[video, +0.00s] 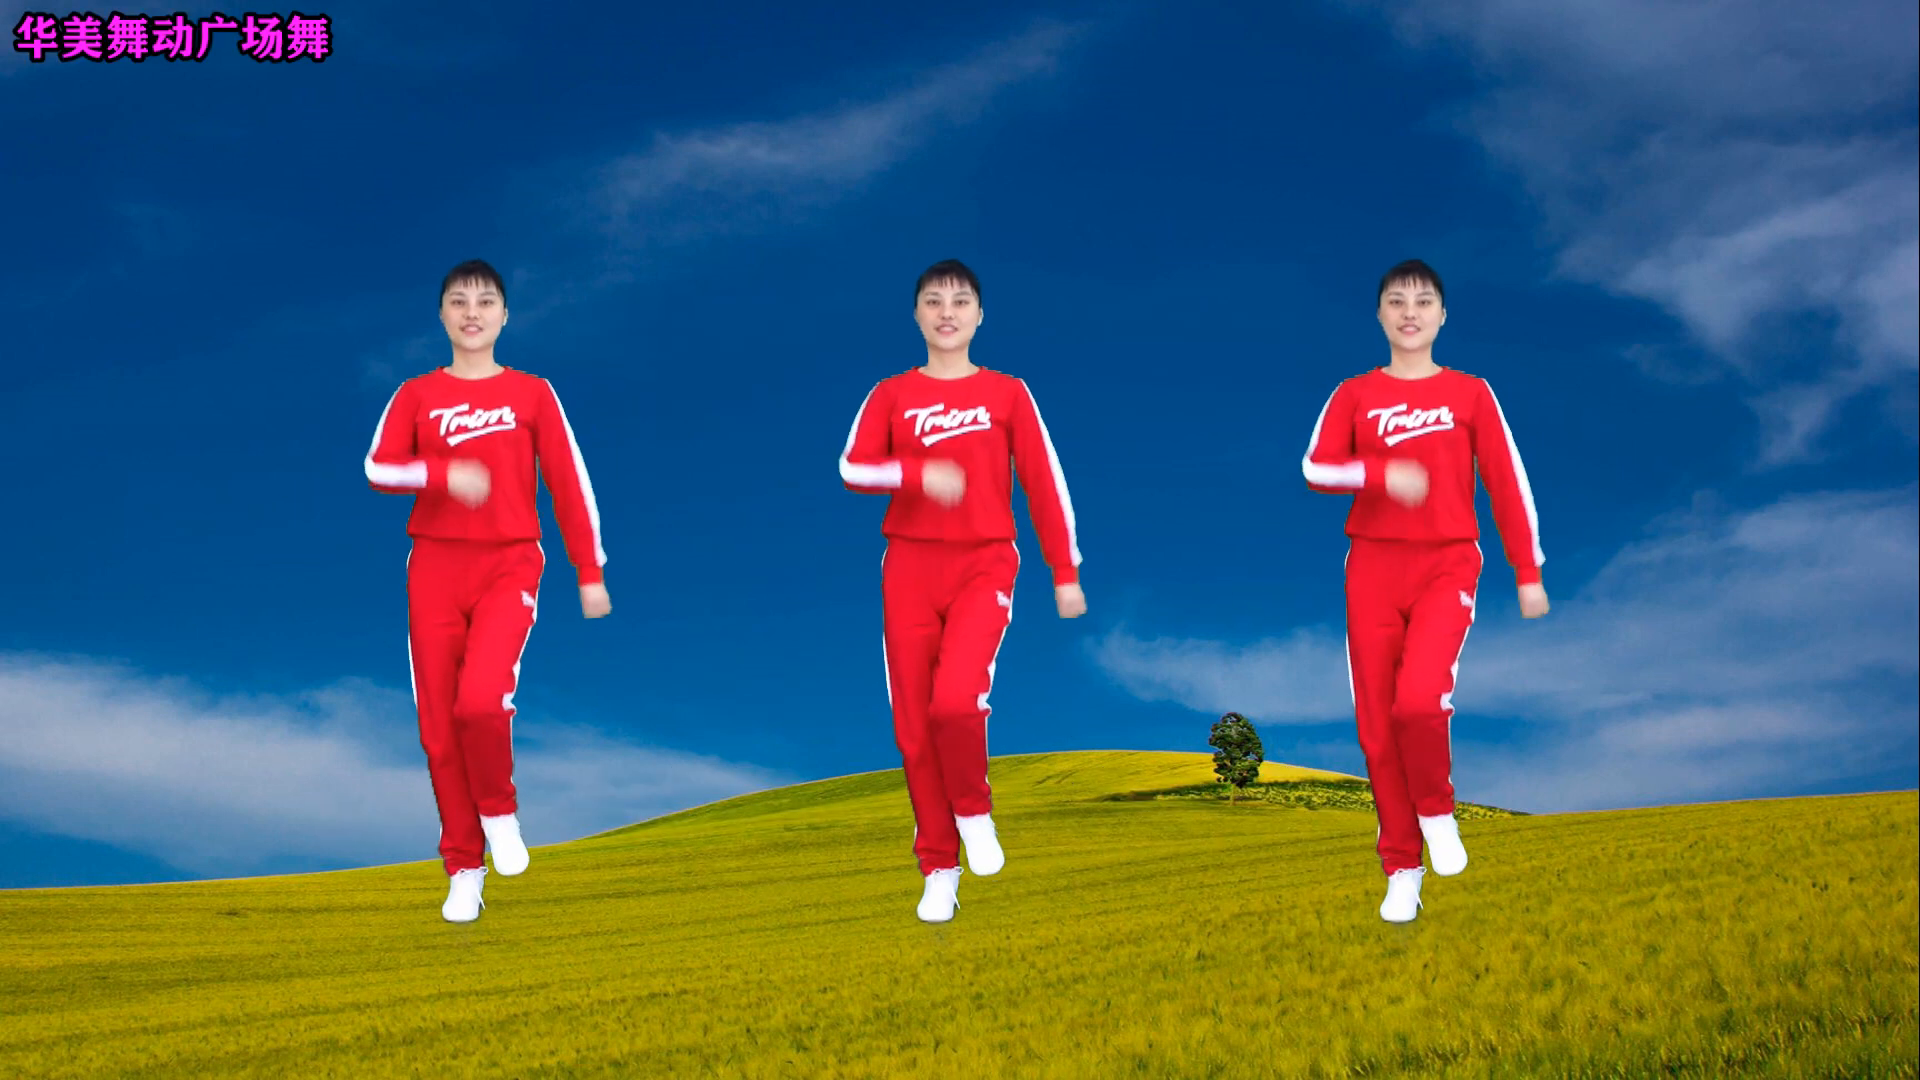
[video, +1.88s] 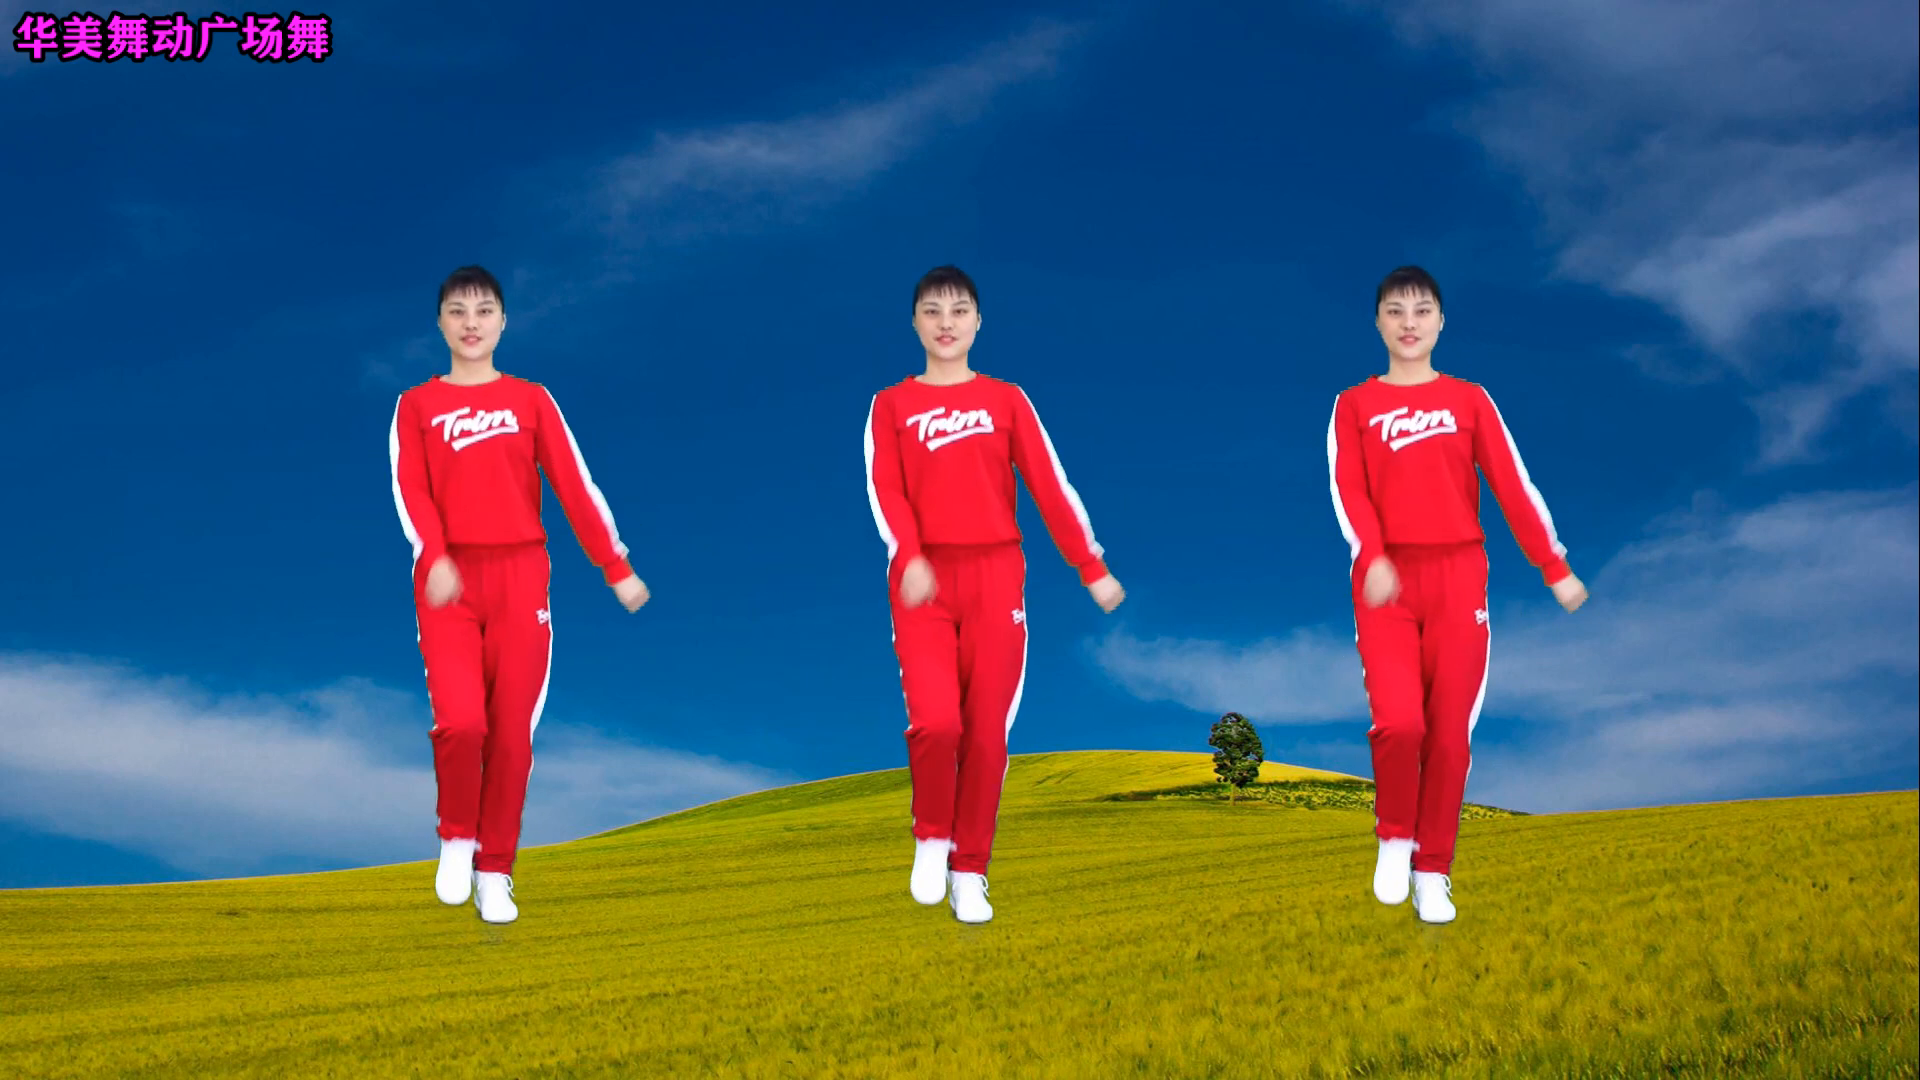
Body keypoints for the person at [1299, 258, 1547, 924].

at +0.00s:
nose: (1411, 312)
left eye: (1423, 302)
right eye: (1398, 302)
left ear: (1441, 314)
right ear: (1381, 315)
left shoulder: (1471, 392)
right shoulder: (1352, 394)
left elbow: (1508, 482)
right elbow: (1316, 469)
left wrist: (1528, 571)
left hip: (1448, 567)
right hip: (1373, 567)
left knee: (1417, 706)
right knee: (1375, 722)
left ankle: (1436, 810)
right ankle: (1402, 864)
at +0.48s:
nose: (1419, 317)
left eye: (1431, 307)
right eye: (1406, 308)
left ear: (1449, 320)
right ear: (1389, 322)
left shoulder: (1479, 398)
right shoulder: (1365, 402)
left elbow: (1518, 487)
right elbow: (1356, 488)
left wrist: (1553, 572)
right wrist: (1379, 556)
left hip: (1469, 573)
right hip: (1393, 573)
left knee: (1461, 725)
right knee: (1407, 721)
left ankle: (1445, 868)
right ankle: (1407, 842)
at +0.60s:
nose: (1420, 326)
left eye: (1432, 315)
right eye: (1407, 317)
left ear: (1451, 328)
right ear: (1391, 332)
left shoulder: (1481, 408)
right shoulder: (1367, 411)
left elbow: (1496, 498)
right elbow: (1348, 507)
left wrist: (1483, 574)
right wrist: (1337, 595)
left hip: (1470, 582)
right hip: (1395, 581)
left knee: (1470, 726)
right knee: (1425, 703)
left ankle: (1445, 868)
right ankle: (1412, 807)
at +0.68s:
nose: (1420, 315)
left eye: (1431, 304)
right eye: (1407, 306)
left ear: (1450, 315)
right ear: (1391, 321)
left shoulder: (1481, 393)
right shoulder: (1365, 401)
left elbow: (1504, 471)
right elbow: (1329, 488)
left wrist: (1452, 496)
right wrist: (1304, 571)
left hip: (1470, 573)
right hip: (1395, 571)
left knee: (1466, 718)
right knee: (1425, 696)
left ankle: (1446, 868)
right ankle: (1415, 807)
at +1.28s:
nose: (1403, 327)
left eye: (1415, 317)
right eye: (1390, 317)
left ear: (1433, 329)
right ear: (1374, 330)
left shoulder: (1461, 407)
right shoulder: (1346, 410)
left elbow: (1468, 499)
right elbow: (1330, 498)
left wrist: (1465, 584)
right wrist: (1348, 569)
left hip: (1435, 582)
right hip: (1364, 583)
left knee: (1409, 714)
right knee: (1363, 735)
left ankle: (1430, 810)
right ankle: (1390, 867)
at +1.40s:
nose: (1402, 310)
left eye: (1415, 300)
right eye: (1389, 300)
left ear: (1432, 312)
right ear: (1372, 312)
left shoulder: (1460, 389)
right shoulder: (1342, 393)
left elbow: (1499, 476)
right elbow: (1305, 473)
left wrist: (1517, 565)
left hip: (1437, 567)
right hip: (1361, 567)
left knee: (1410, 711)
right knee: (1369, 723)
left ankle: (1427, 818)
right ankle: (1392, 862)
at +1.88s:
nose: (1409, 322)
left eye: (1421, 311)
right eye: (1396, 311)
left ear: (1439, 321)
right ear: (1380, 323)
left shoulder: (1470, 399)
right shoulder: (1354, 403)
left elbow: (1514, 485)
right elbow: (1348, 488)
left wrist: (1555, 566)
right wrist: (1371, 555)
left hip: (1460, 573)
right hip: (1385, 575)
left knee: (1451, 728)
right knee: (1398, 722)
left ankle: (1434, 868)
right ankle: (1395, 838)